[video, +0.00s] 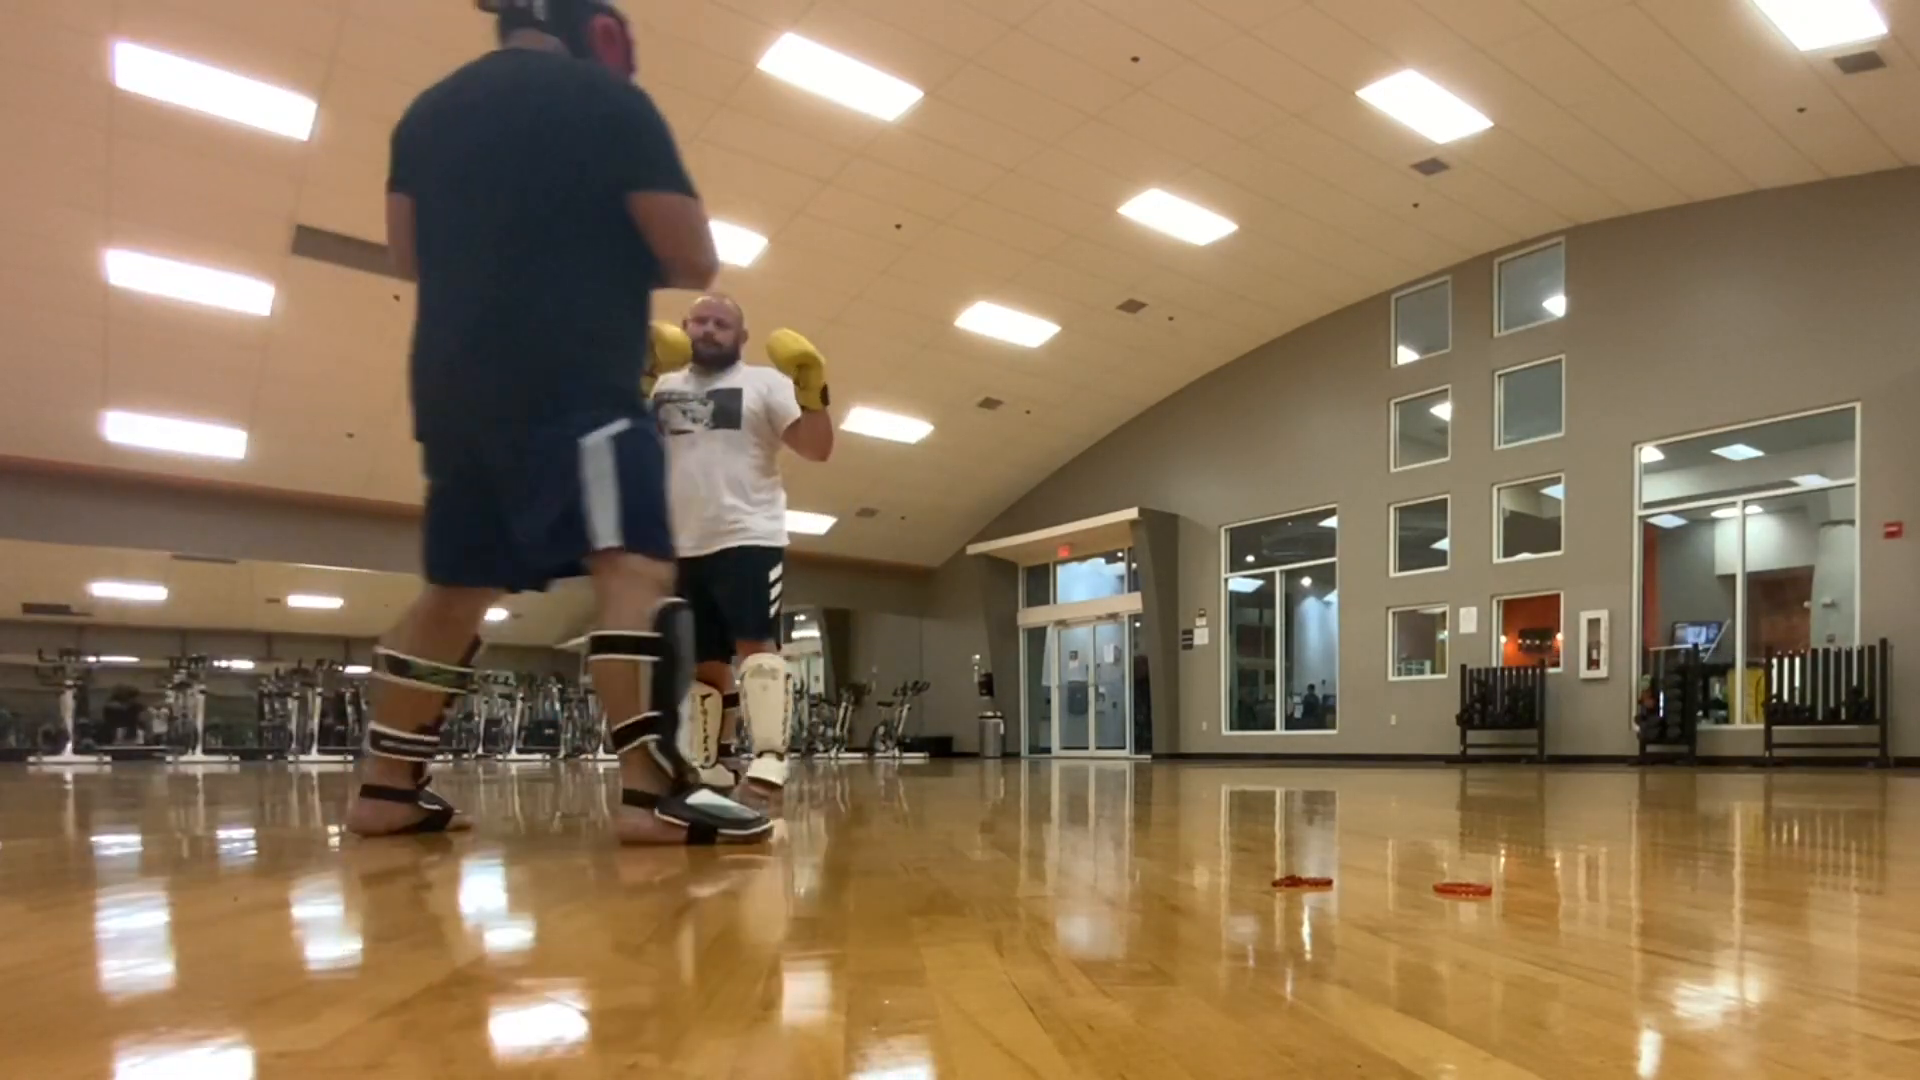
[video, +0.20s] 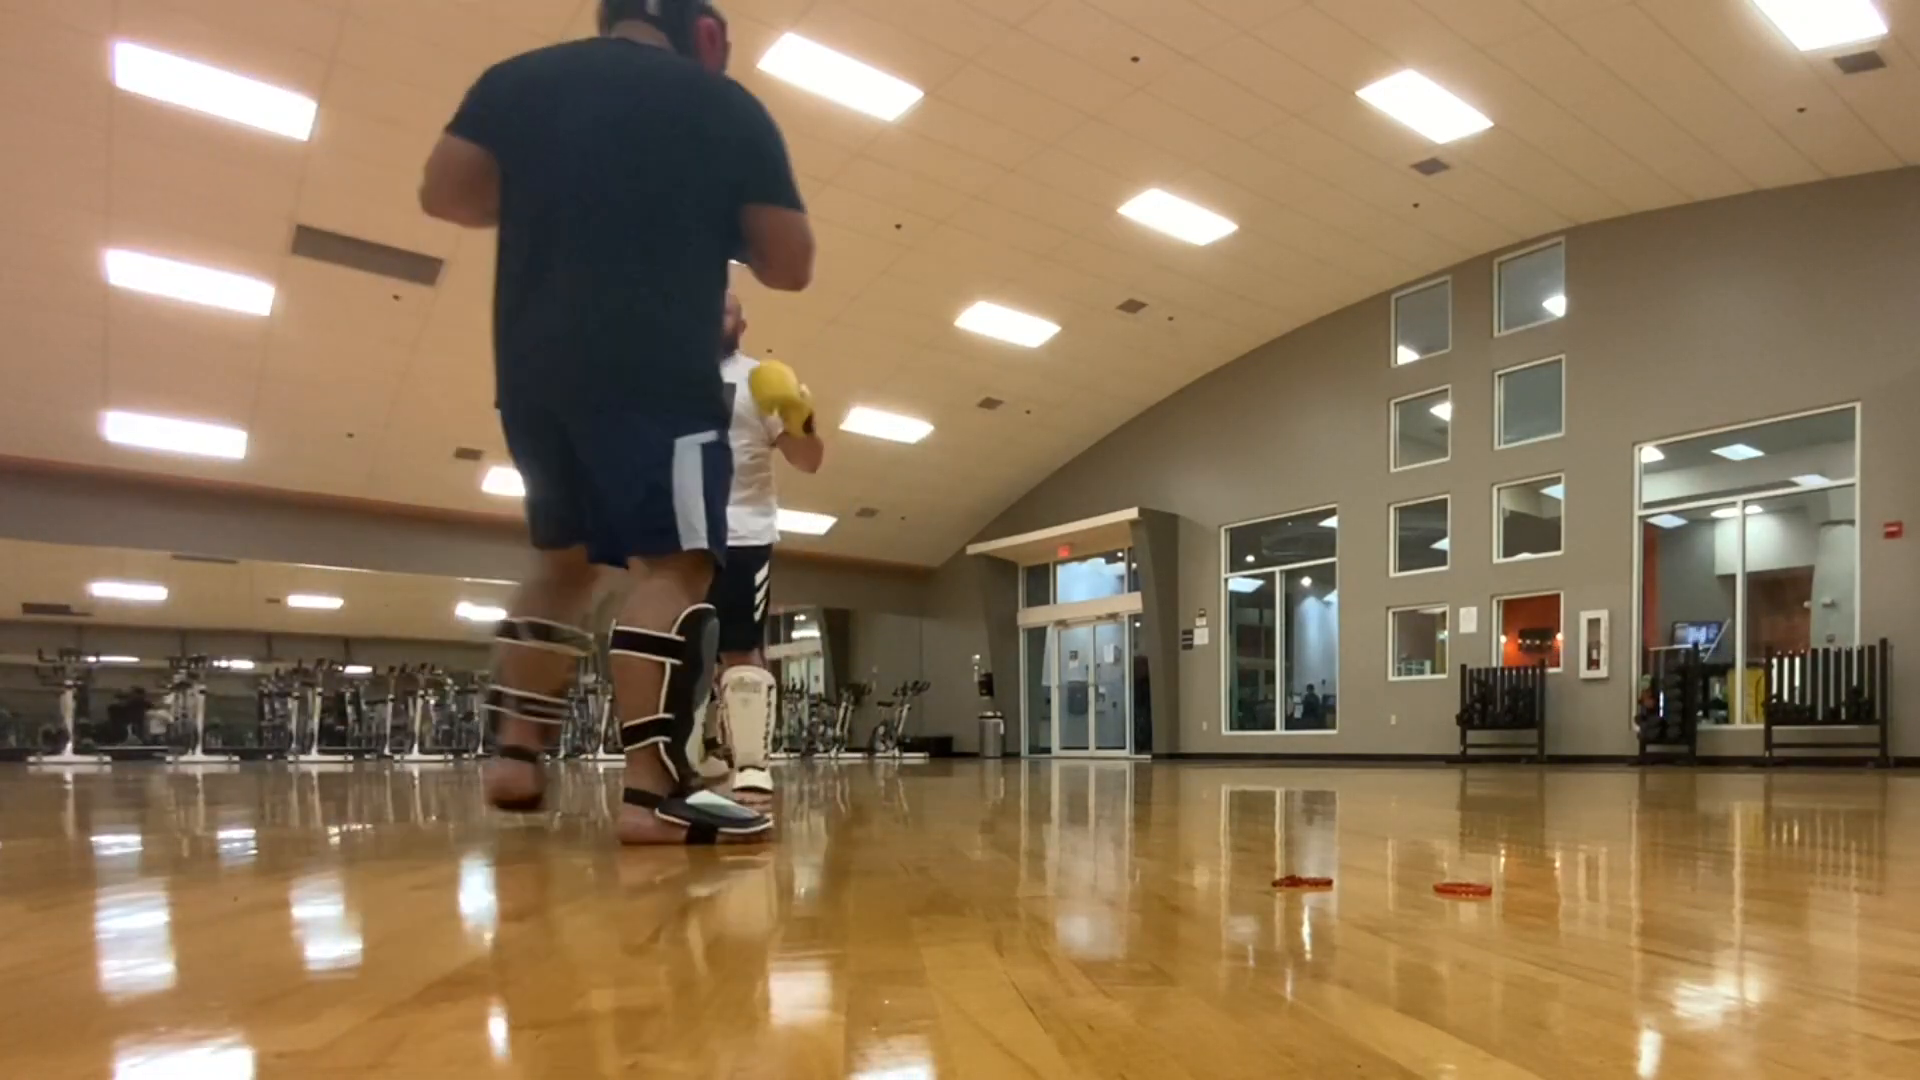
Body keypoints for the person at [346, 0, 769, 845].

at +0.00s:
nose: (628, 62)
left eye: (628, 47)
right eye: (624, 43)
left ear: (506, 24)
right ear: (599, 30)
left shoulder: (429, 108)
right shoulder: (610, 102)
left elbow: (407, 255)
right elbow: (692, 257)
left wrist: (506, 250)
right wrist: (605, 232)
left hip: (456, 386)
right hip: (580, 382)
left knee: (459, 585)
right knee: (633, 569)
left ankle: (386, 788)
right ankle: (648, 790)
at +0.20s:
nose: (724, 56)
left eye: (724, 43)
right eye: (722, 41)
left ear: (606, 21)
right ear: (704, 31)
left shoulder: (517, 77)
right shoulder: (727, 108)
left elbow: (447, 190)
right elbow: (787, 262)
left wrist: (549, 197)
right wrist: (708, 211)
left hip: (534, 368)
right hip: (656, 369)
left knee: (564, 555)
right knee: (671, 564)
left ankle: (515, 754)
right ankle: (649, 792)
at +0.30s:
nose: (753, 58)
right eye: (748, 45)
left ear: (632, 24)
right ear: (728, 42)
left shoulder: (555, 73)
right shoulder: (767, 118)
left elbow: (493, 193)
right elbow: (818, 271)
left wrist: (593, 186)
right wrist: (739, 215)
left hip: (565, 373)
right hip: (689, 376)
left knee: (602, 573)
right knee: (667, 573)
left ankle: (626, 778)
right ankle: (650, 795)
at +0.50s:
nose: (791, 96)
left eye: (670, 54)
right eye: (790, 87)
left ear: (677, 61)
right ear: (775, 85)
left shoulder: (608, 118)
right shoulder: (810, 155)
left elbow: (537, 234)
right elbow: (847, 302)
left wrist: (636, 234)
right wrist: (764, 256)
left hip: (634, 393)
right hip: (747, 391)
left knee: (670, 587)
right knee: (741, 576)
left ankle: (683, 782)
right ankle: (657, 780)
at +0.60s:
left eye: (680, 73)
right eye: (797, 95)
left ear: (688, 75)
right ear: (783, 94)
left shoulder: (627, 132)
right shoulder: (825, 156)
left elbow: (556, 244)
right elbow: (865, 303)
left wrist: (636, 276)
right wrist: (775, 291)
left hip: (661, 403)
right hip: (775, 401)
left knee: (694, 603)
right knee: (816, 580)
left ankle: (713, 790)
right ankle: (719, 730)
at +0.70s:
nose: (693, 94)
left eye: (695, 84)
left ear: (703, 82)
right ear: (795, 99)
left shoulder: (650, 147)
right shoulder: (841, 160)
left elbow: (594, 264)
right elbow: (882, 302)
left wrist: (682, 272)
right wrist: (792, 271)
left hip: (687, 415)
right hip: (802, 408)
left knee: (705, 597)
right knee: (877, 569)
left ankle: (715, 796)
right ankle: (800, 725)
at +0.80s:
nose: (718, 104)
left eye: (720, 94)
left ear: (728, 92)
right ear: (819, 107)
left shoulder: (682, 151)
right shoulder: (868, 168)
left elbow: (632, 274)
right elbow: (896, 305)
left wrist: (703, 236)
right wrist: (823, 259)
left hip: (716, 413)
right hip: (830, 406)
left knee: (720, 598)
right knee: (898, 567)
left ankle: (715, 790)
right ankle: (904, 748)